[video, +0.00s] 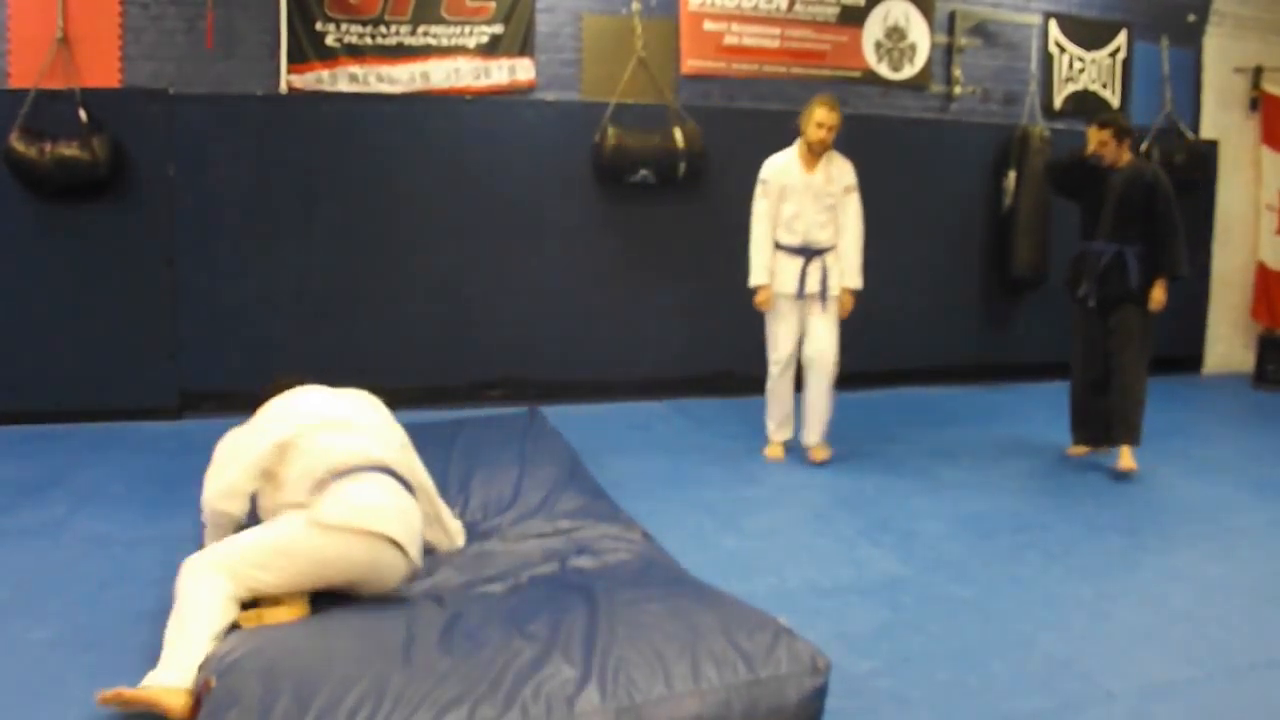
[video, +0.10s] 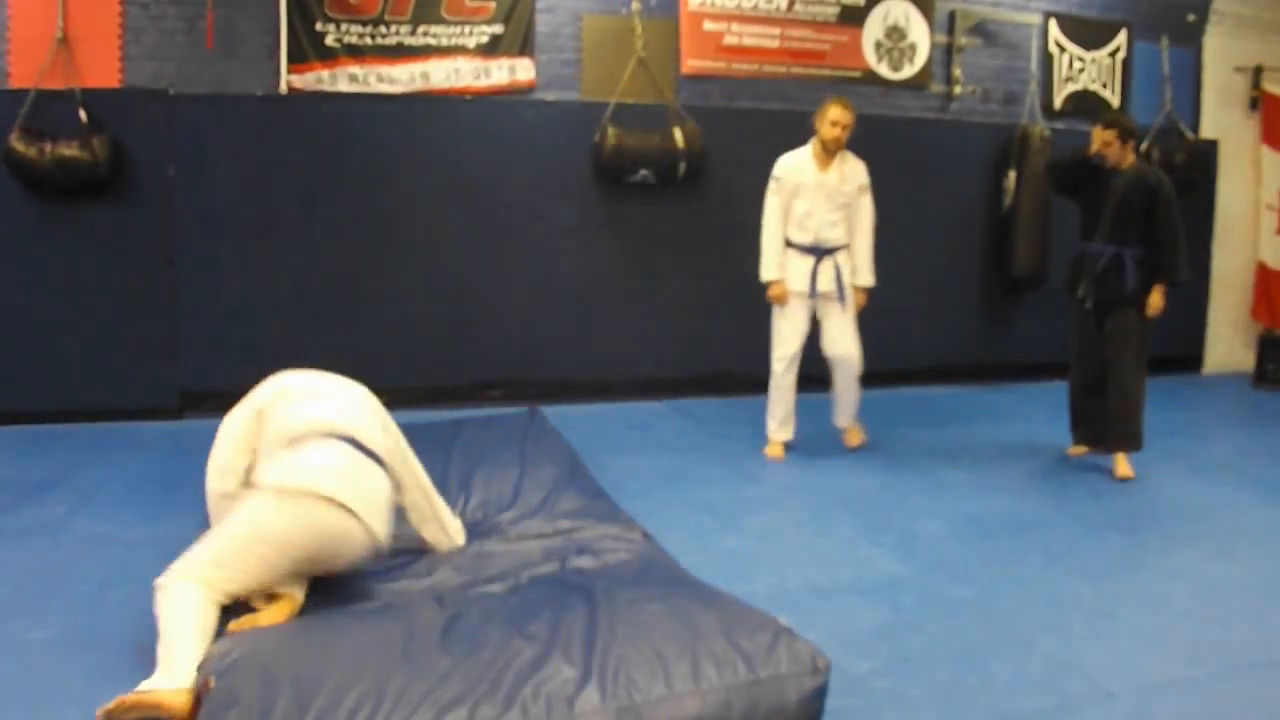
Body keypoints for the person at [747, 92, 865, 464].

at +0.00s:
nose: (824, 134)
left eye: (831, 128)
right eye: (819, 125)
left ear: (837, 131)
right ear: (803, 125)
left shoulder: (843, 169)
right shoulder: (775, 166)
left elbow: (852, 228)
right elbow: (761, 225)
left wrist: (849, 283)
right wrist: (761, 280)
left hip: (827, 268)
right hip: (784, 266)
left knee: (824, 356)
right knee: (781, 356)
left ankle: (815, 437)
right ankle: (777, 434)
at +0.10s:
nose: (838, 132)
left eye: (845, 127)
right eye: (833, 124)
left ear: (850, 131)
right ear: (817, 123)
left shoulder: (856, 170)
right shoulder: (788, 165)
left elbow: (863, 227)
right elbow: (772, 223)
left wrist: (862, 280)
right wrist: (772, 276)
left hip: (839, 265)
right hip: (795, 263)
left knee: (847, 353)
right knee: (784, 356)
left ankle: (847, 421)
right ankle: (777, 432)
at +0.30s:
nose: (878, 146)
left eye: (883, 140)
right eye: (872, 138)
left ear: (888, 145)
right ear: (854, 137)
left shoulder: (889, 181)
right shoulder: (825, 177)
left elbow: (896, 236)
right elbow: (802, 230)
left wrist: (895, 285)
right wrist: (793, 282)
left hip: (871, 277)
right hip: (828, 275)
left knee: (883, 354)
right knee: (803, 356)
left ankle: (871, 415)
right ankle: (778, 432)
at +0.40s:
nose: (902, 151)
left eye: (907, 145)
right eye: (896, 144)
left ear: (909, 149)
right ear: (877, 144)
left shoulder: (907, 186)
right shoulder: (849, 183)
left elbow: (917, 239)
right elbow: (825, 237)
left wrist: (917, 289)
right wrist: (810, 287)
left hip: (891, 275)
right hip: (853, 273)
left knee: (890, 351)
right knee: (837, 349)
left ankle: (871, 416)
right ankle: (790, 423)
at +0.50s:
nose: (924, 150)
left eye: (927, 144)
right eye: (918, 142)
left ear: (928, 147)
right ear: (898, 141)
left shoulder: (920, 185)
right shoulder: (867, 180)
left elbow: (929, 236)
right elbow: (849, 235)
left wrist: (936, 282)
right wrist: (839, 284)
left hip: (905, 270)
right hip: (872, 267)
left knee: (899, 349)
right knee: (871, 347)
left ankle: (873, 414)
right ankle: (823, 419)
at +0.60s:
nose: (938, 147)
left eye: (940, 141)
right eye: (932, 140)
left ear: (939, 143)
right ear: (911, 137)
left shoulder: (927, 180)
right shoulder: (878, 175)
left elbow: (937, 229)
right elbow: (863, 229)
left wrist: (947, 273)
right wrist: (861, 278)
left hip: (910, 265)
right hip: (882, 263)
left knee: (905, 345)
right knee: (895, 342)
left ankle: (877, 416)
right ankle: (856, 415)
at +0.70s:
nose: (957, 148)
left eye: (958, 141)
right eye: (952, 140)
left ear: (941, 141)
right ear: (931, 137)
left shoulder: (937, 174)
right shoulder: (896, 172)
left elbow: (947, 223)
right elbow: (884, 225)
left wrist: (960, 265)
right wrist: (889, 274)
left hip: (921, 263)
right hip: (898, 263)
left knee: (897, 341)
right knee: (927, 337)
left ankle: (872, 409)